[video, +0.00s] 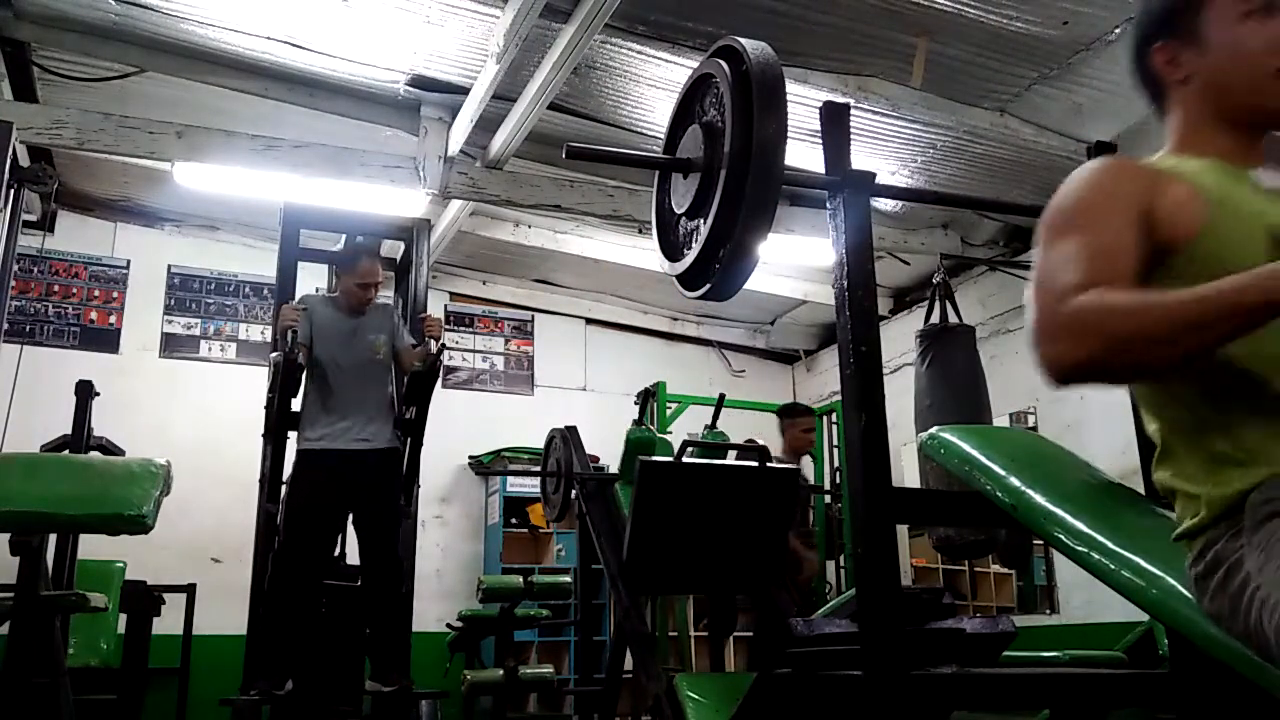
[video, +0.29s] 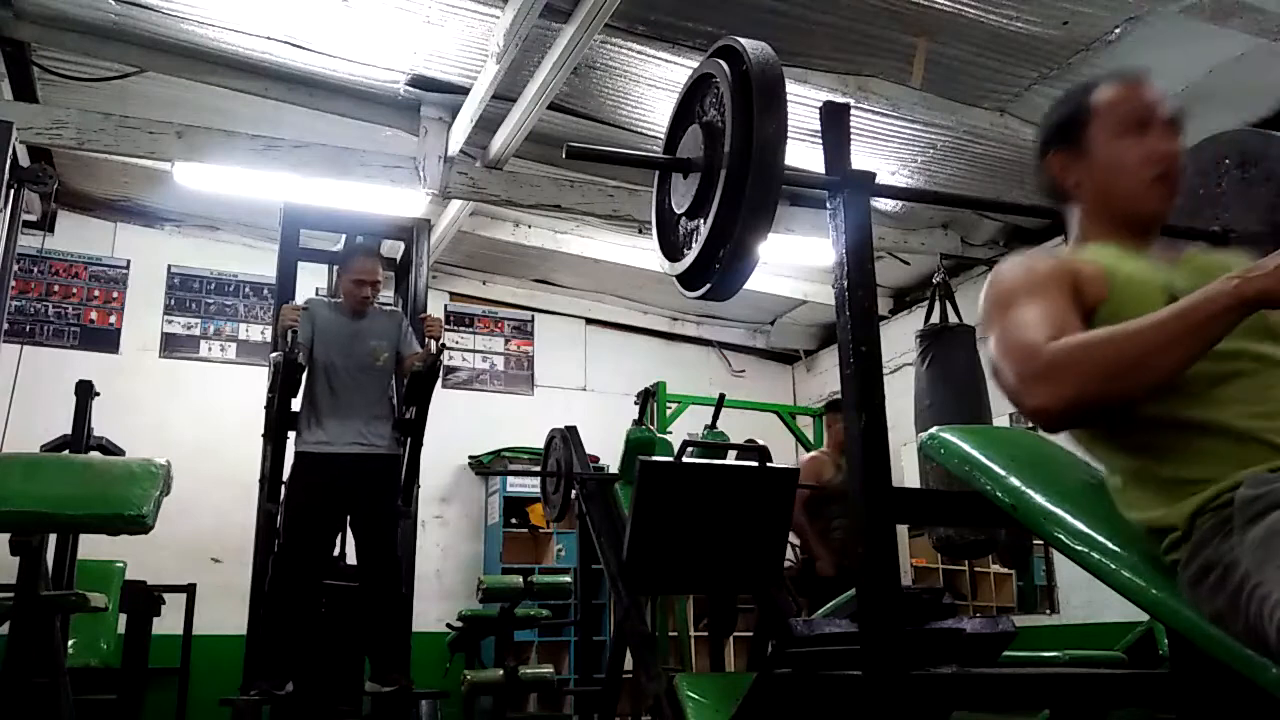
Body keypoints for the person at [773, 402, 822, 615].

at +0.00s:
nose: (813, 438)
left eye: (813, 431)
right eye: (806, 431)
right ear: (787, 432)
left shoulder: (799, 477)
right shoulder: (777, 476)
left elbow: (800, 527)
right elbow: (779, 529)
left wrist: (806, 555)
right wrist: (805, 555)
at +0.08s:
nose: (824, 439)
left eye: (825, 432)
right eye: (817, 432)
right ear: (797, 432)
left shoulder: (815, 474)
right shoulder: (786, 472)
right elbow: (785, 525)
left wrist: (826, 557)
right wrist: (806, 559)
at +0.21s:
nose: (844, 436)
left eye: (845, 430)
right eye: (838, 430)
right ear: (819, 432)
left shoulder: (835, 474)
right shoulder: (802, 468)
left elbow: (836, 522)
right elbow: (794, 521)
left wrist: (842, 557)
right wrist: (812, 560)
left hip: (835, 562)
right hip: (809, 564)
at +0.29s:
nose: (848, 430)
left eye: (849, 424)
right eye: (842, 424)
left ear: (850, 426)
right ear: (829, 427)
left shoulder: (847, 463)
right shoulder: (815, 462)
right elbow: (797, 514)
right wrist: (821, 556)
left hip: (849, 553)